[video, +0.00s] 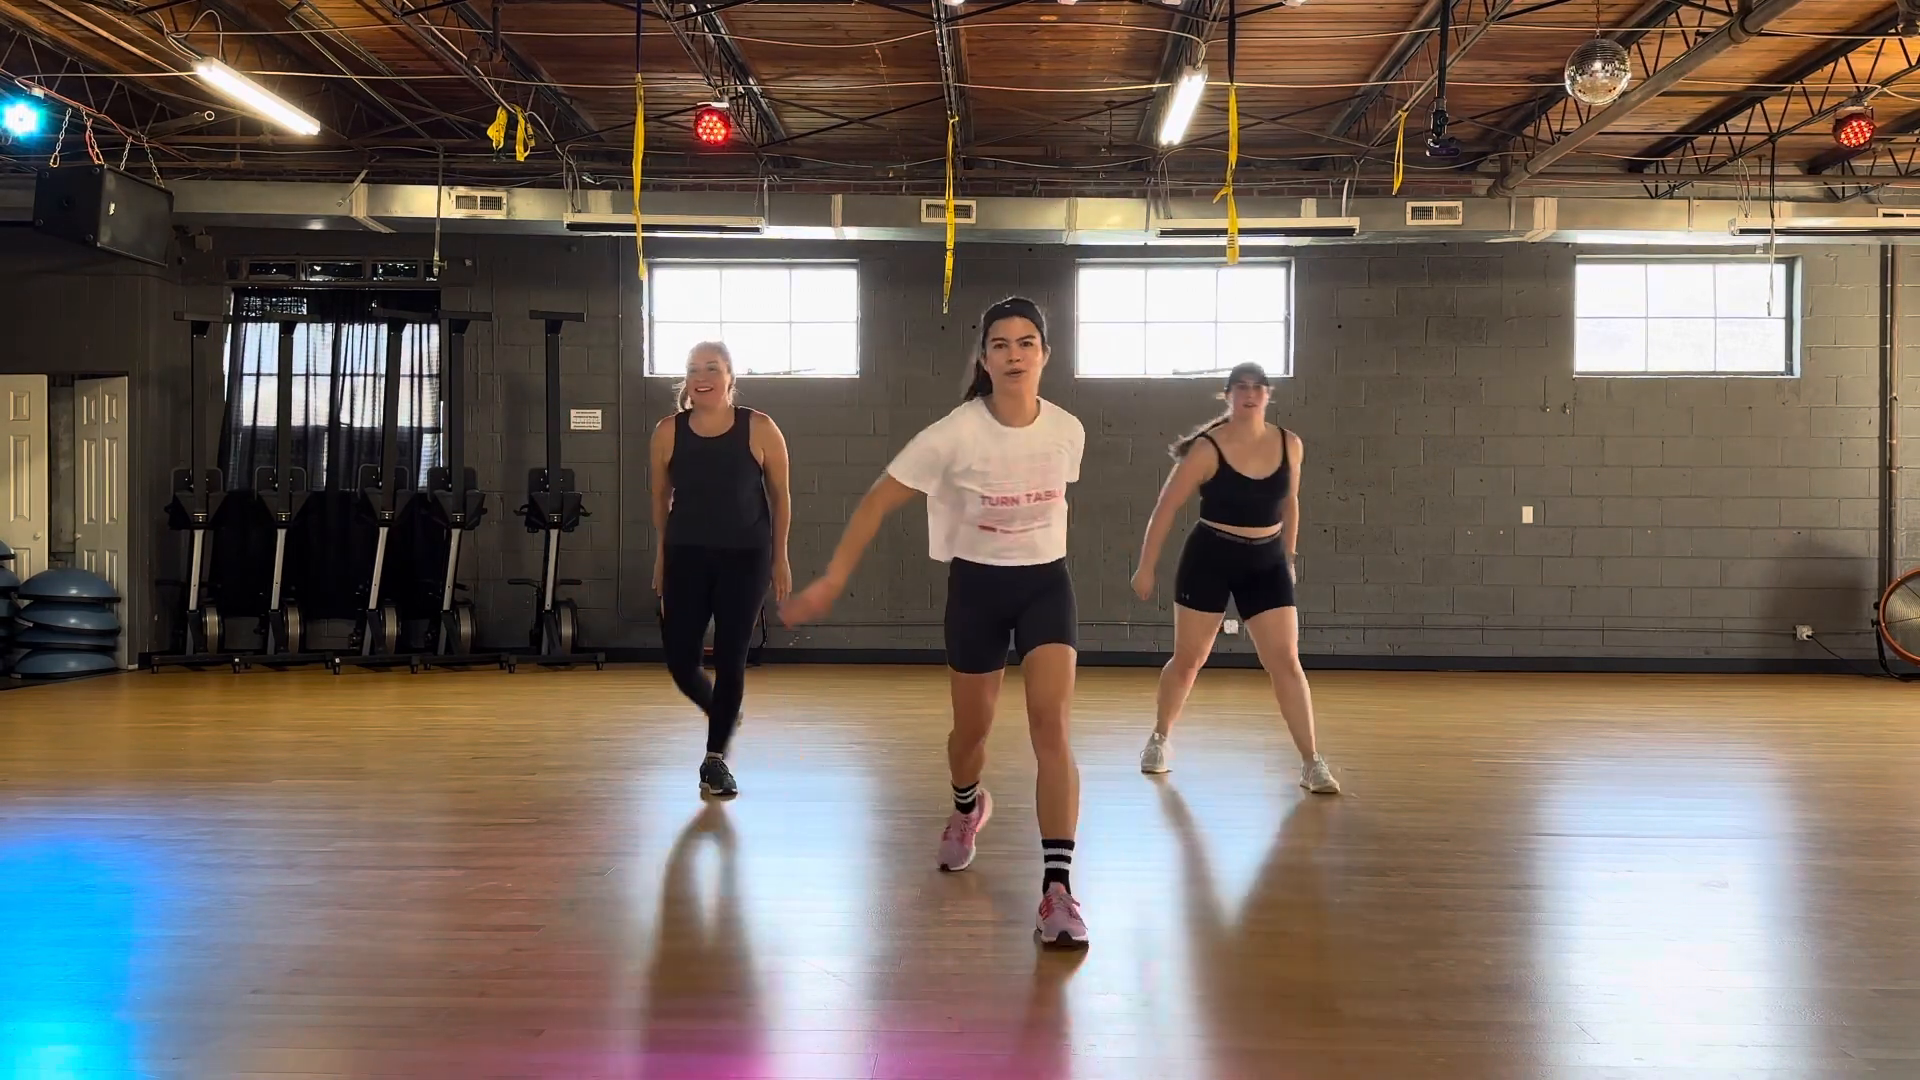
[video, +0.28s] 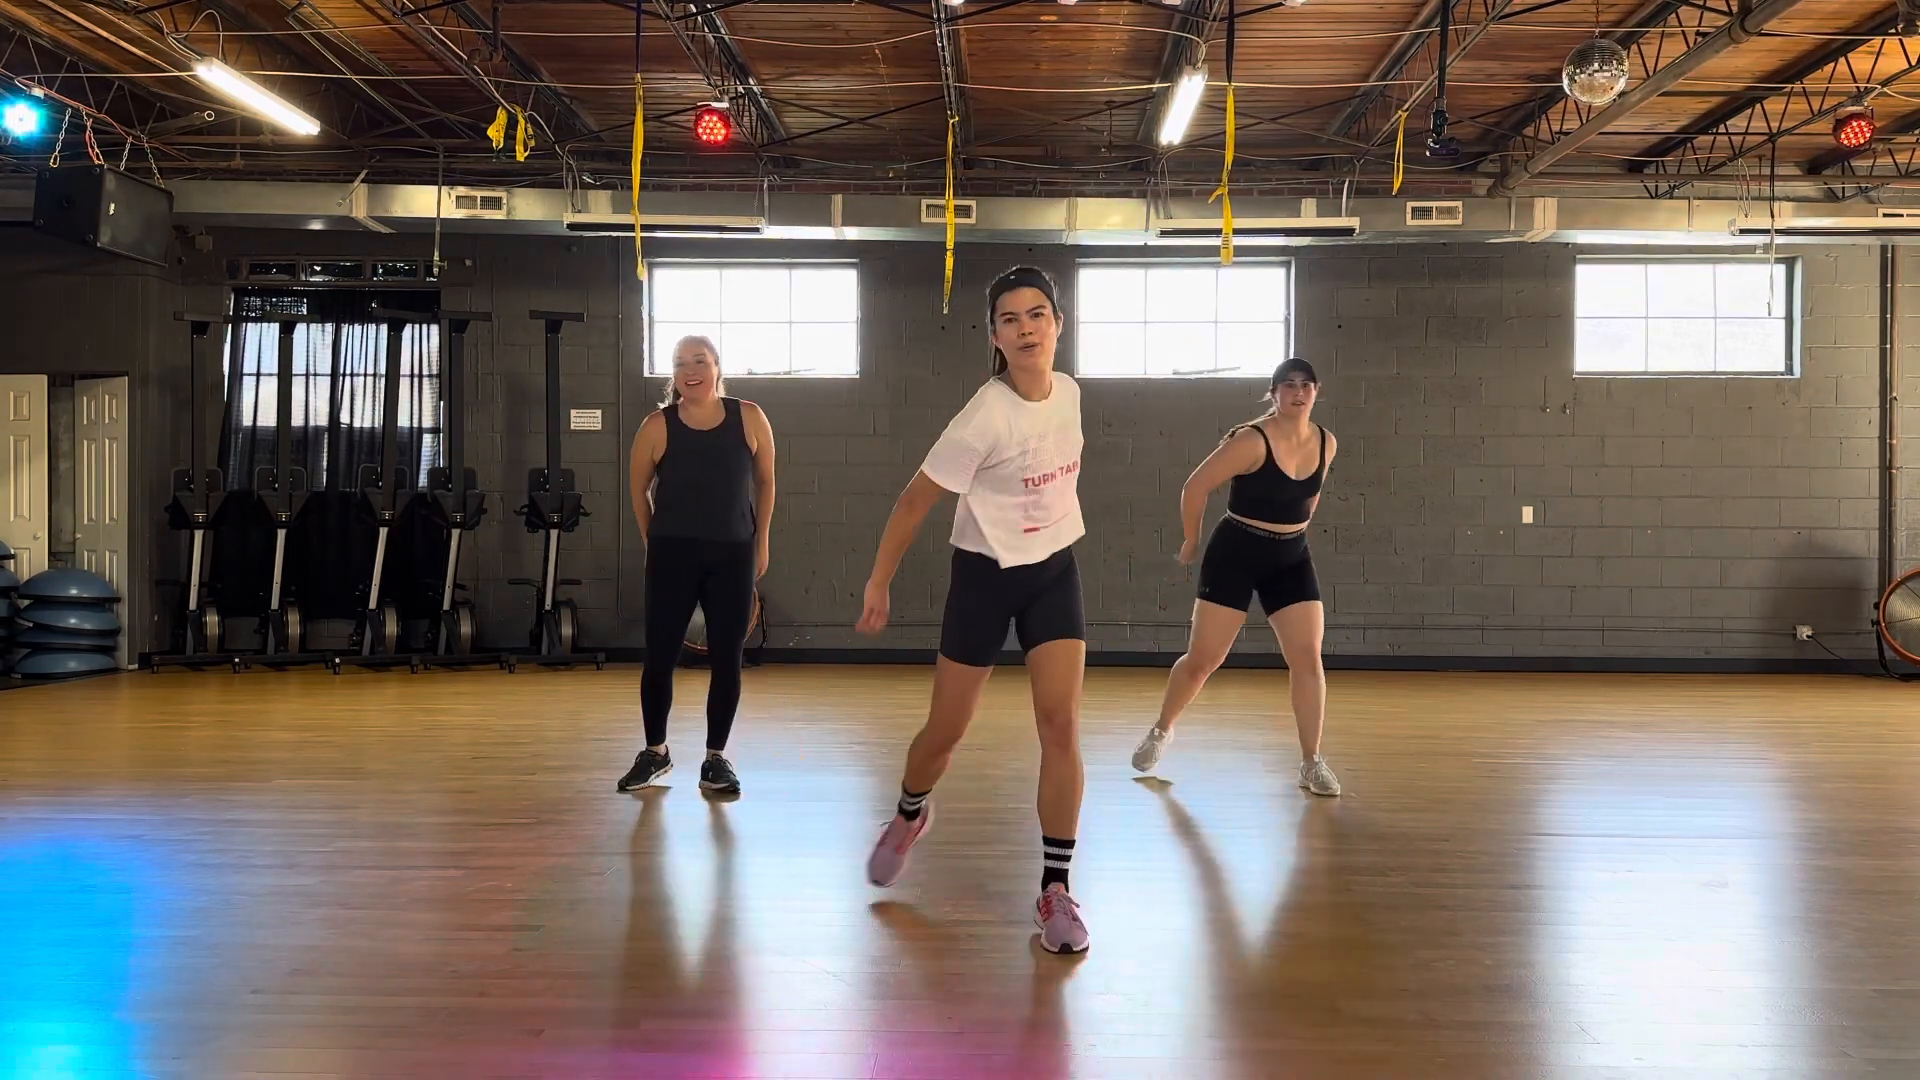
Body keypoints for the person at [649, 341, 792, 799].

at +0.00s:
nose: (700, 377)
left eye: (711, 369)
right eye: (694, 370)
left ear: (731, 379)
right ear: (685, 380)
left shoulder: (760, 429)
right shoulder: (667, 434)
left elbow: (780, 498)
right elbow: (660, 502)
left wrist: (781, 558)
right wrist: (661, 562)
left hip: (745, 561)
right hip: (686, 560)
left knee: (730, 660)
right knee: (681, 664)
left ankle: (715, 758)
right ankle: (722, 709)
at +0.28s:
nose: (691, 371)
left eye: (700, 362)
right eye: (682, 364)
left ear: (718, 369)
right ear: (673, 374)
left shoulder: (750, 417)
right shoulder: (657, 425)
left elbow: (766, 485)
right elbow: (638, 488)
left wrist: (761, 542)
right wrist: (653, 544)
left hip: (732, 556)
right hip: (671, 555)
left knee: (727, 659)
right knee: (659, 656)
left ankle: (716, 758)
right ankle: (655, 751)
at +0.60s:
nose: (667, 404)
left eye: (678, 395)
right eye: (660, 397)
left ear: (701, 403)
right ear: (653, 408)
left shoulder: (739, 442)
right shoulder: (644, 469)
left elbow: (769, 495)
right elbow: (655, 530)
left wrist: (772, 551)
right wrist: (683, 559)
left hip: (743, 570)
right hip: (682, 574)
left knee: (762, 670)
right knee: (636, 668)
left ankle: (748, 761)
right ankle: (640, 742)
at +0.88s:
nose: (622, 416)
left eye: (636, 408)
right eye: (616, 406)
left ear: (660, 416)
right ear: (609, 411)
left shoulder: (682, 468)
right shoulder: (604, 455)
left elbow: (734, 508)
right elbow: (634, 506)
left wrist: (739, 556)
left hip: (706, 569)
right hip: (651, 568)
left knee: (727, 667)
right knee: (612, 660)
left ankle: (790, 752)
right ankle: (626, 764)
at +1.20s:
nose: (653, 418)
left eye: (664, 408)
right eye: (644, 411)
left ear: (687, 413)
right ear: (637, 419)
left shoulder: (726, 463)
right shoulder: (617, 468)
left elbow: (732, 503)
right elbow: (619, 502)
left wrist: (706, 533)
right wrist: (654, 520)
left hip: (701, 558)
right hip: (635, 558)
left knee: (720, 654)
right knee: (613, 658)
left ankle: (738, 760)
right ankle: (600, 758)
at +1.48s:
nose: (650, 431)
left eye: (660, 420)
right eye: (640, 424)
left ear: (683, 423)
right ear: (633, 432)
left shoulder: (732, 459)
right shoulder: (630, 492)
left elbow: (756, 487)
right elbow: (642, 535)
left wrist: (746, 531)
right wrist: (671, 551)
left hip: (736, 568)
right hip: (670, 572)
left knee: (752, 668)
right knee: (635, 665)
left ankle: (741, 766)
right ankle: (606, 762)